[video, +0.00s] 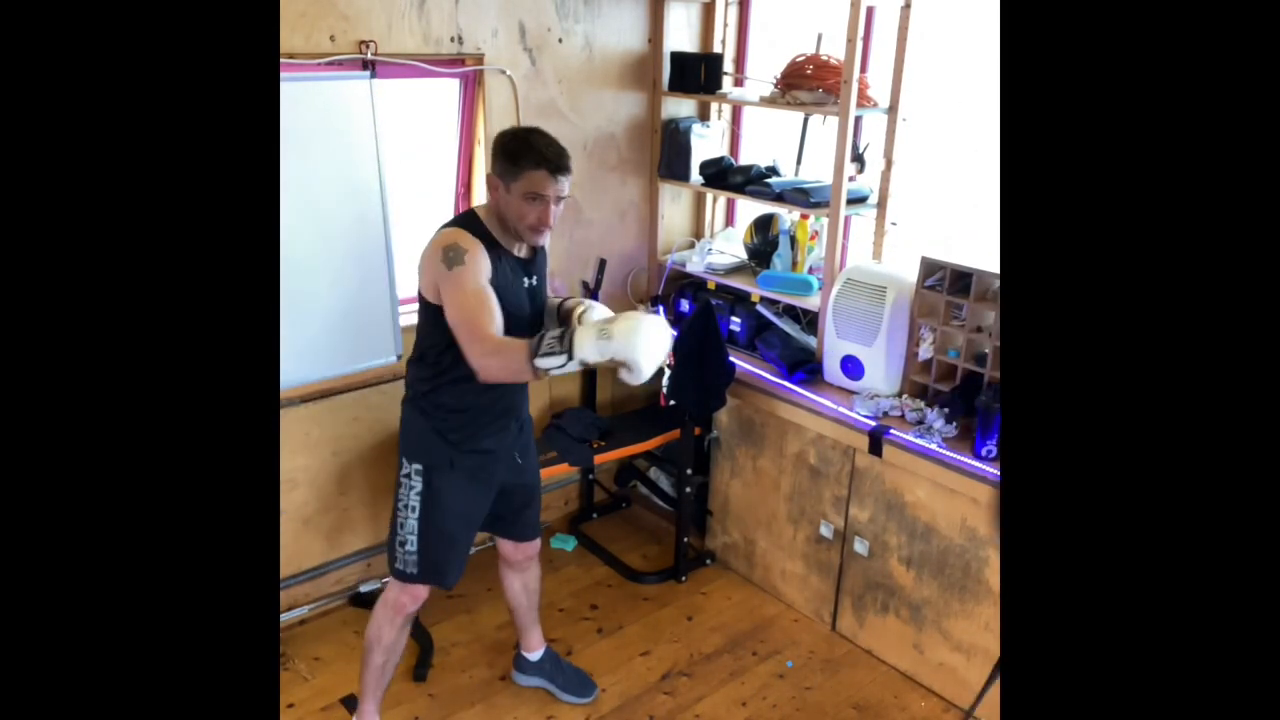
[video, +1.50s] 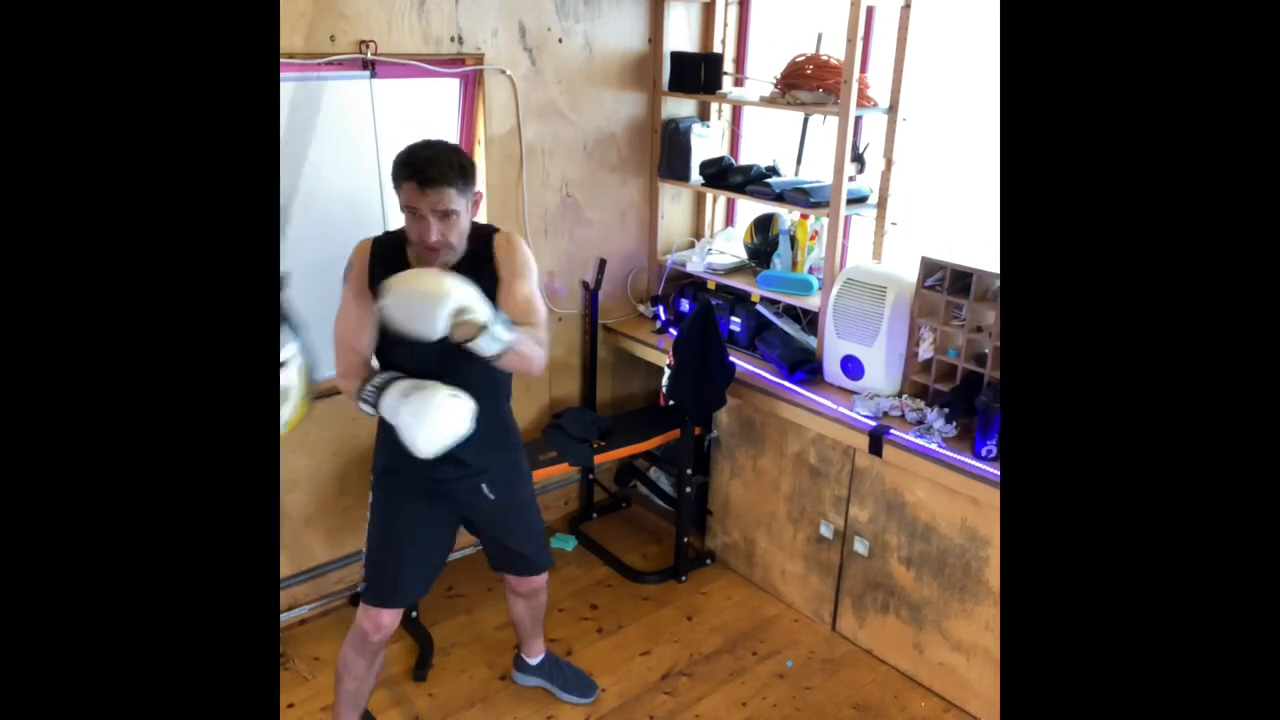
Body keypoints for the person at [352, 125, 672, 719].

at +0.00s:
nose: (548, 216)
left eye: (557, 201)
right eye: (534, 199)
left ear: (564, 196)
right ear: (494, 188)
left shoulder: (532, 243)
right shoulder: (457, 250)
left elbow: (532, 312)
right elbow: (488, 360)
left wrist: (575, 314)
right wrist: (571, 349)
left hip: (509, 427)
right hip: (444, 439)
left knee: (522, 549)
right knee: (409, 589)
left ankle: (534, 655)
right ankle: (366, 710)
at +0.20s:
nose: (545, 223)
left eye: (555, 206)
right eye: (530, 206)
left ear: (565, 198)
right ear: (493, 194)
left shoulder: (562, 235)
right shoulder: (440, 248)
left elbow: (579, 336)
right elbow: (414, 358)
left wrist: (581, 315)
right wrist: (481, 328)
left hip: (529, 432)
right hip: (454, 439)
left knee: (537, 553)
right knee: (431, 591)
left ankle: (535, 656)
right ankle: (390, 712)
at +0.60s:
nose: (465, 263)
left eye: (478, 247)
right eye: (449, 248)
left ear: (491, 232)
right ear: (413, 230)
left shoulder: (499, 261)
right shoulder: (362, 274)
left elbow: (524, 370)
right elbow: (339, 390)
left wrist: (520, 338)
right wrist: (395, 366)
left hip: (467, 452)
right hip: (387, 463)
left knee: (509, 573)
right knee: (355, 616)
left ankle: (531, 660)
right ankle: (325, 716)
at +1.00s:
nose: (464, 230)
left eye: (470, 212)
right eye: (446, 216)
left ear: (477, 204)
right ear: (400, 214)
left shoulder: (499, 258)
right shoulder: (359, 267)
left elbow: (546, 353)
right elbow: (334, 384)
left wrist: (520, 399)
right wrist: (338, 359)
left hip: (487, 451)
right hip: (402, 459)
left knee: (530, 577)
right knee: (363, 614)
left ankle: (535, 659)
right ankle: (333, 713)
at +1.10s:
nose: (515, 224)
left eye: (519, 207)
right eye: (500, 207)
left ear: (522, 202)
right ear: (453, 202)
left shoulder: (511, 247)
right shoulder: (398, 262)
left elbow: (534, 323)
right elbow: (418, 378)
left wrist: (536, 372)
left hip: (495, 442)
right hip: (421, 457)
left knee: (527, 564)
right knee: (374, 613)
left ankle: (535, 658)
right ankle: (336, 712)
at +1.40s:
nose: (484, 226)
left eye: (498, 209)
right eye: (468, 209)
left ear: (513, 201)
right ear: (441, 198)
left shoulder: (513, 248)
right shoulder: (402, 264)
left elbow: (534, 353)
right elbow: (396, 387)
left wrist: (542, 326)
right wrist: (486, 403)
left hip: (494, 432)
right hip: (419, 440)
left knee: (526, 562)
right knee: (389, 620)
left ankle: (534, 657)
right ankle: (350, 714)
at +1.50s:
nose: (431, 233)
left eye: (447, 215)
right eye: (415, 215)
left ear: (474, 204)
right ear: (399, 206)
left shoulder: (506, 251)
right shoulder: (373, 257)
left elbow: (534, 359)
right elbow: (351, 364)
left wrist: (481, 328)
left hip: (492, 448)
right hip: (409, 454)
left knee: (530, 577)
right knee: (377, 621)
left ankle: (534, 659)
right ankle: (347, 713)